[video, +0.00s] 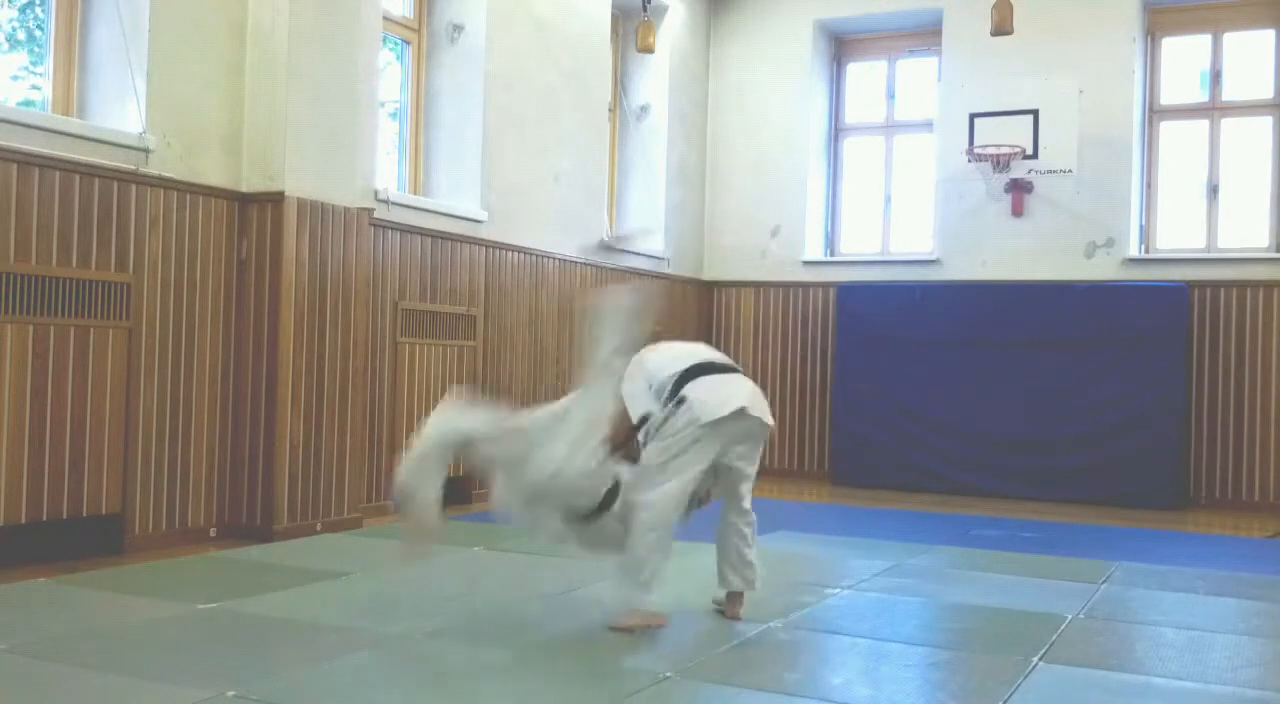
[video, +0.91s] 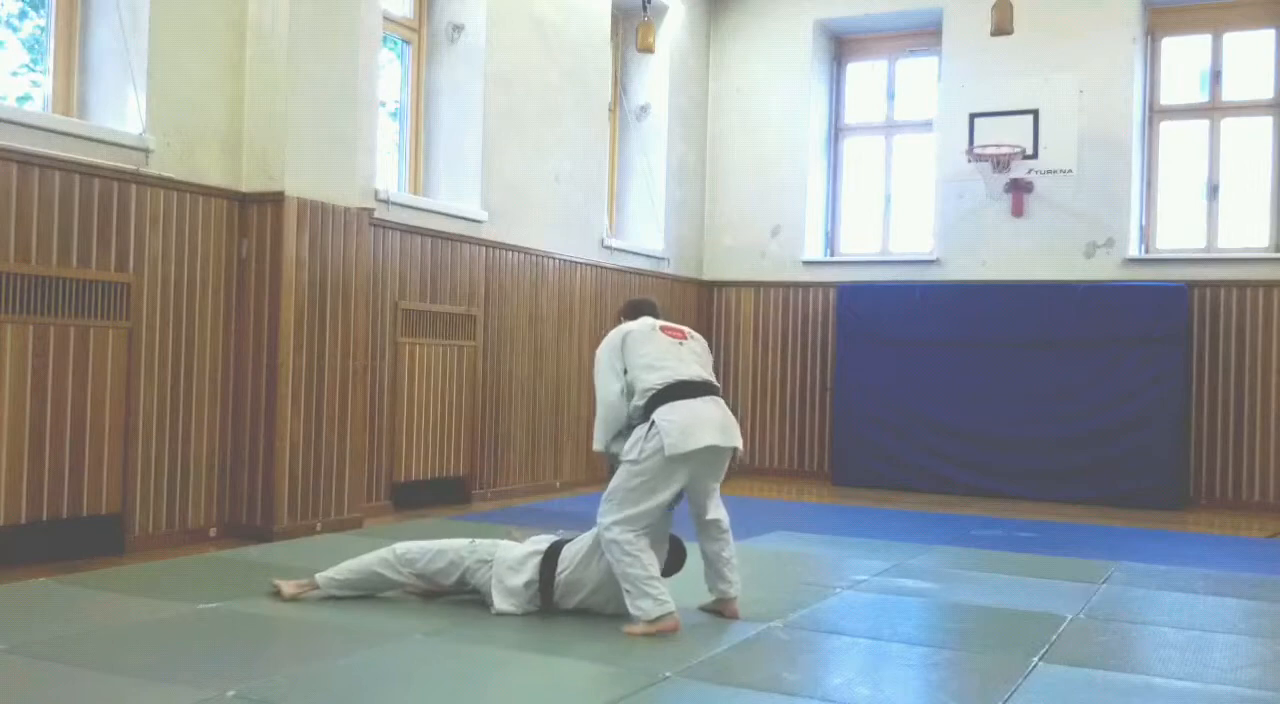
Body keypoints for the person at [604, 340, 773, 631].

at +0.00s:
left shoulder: (639, 363)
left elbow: (621, 432)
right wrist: (704, 484)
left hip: (700, 406)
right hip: (754, 406)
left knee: (654, 498)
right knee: (739, 504)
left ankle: (640, 605)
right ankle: (735, 600)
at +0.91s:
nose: (619, 326)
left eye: (620, 322)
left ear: (624, 319)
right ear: (657, 317)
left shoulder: (617, 336)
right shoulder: (691, 335)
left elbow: (611, 399)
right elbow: (707, 386)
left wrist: (614, 452)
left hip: (671, 426)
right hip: (721, 422)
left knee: (616, 520)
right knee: (708, 502)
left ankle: (656, 613)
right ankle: (727, 597)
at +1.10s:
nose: (616, 298)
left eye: (617, 293)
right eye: (619, 293)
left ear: (623, 291)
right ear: (654, 290)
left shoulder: (619, 307)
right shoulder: (691, 318)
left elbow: (598, 352)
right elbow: (718, 382)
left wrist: (589, 405)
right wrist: (714, 428)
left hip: (656, 411)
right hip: (703, 412)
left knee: (596, 501)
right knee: (698, 505)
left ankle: (627, 586)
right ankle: (728, 597)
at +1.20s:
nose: (610, 288)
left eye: (610, 283)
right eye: (611, 283)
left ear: (617, 281)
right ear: (647, 279)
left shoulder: (612, 303)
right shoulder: (684, 311)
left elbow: (596, 351)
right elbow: (711, 372)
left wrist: (572, 389)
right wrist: (710, 407)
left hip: (643, 412)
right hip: (691, 409)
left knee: (583, 501)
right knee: (692, 507)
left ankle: (584, 588)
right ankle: (726, 597)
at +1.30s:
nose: (594, 281)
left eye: (594, 275)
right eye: (596, 275)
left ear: (601, 274)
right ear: (633, 273)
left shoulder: (593, 302)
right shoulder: (668, 306)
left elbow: (578, 353)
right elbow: (699, 369)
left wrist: (554, 387)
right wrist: (696, 397)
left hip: (624, 417)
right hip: (675, 413)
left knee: (573, 510)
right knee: (689, 509)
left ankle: (544, 602)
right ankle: (724, 598)